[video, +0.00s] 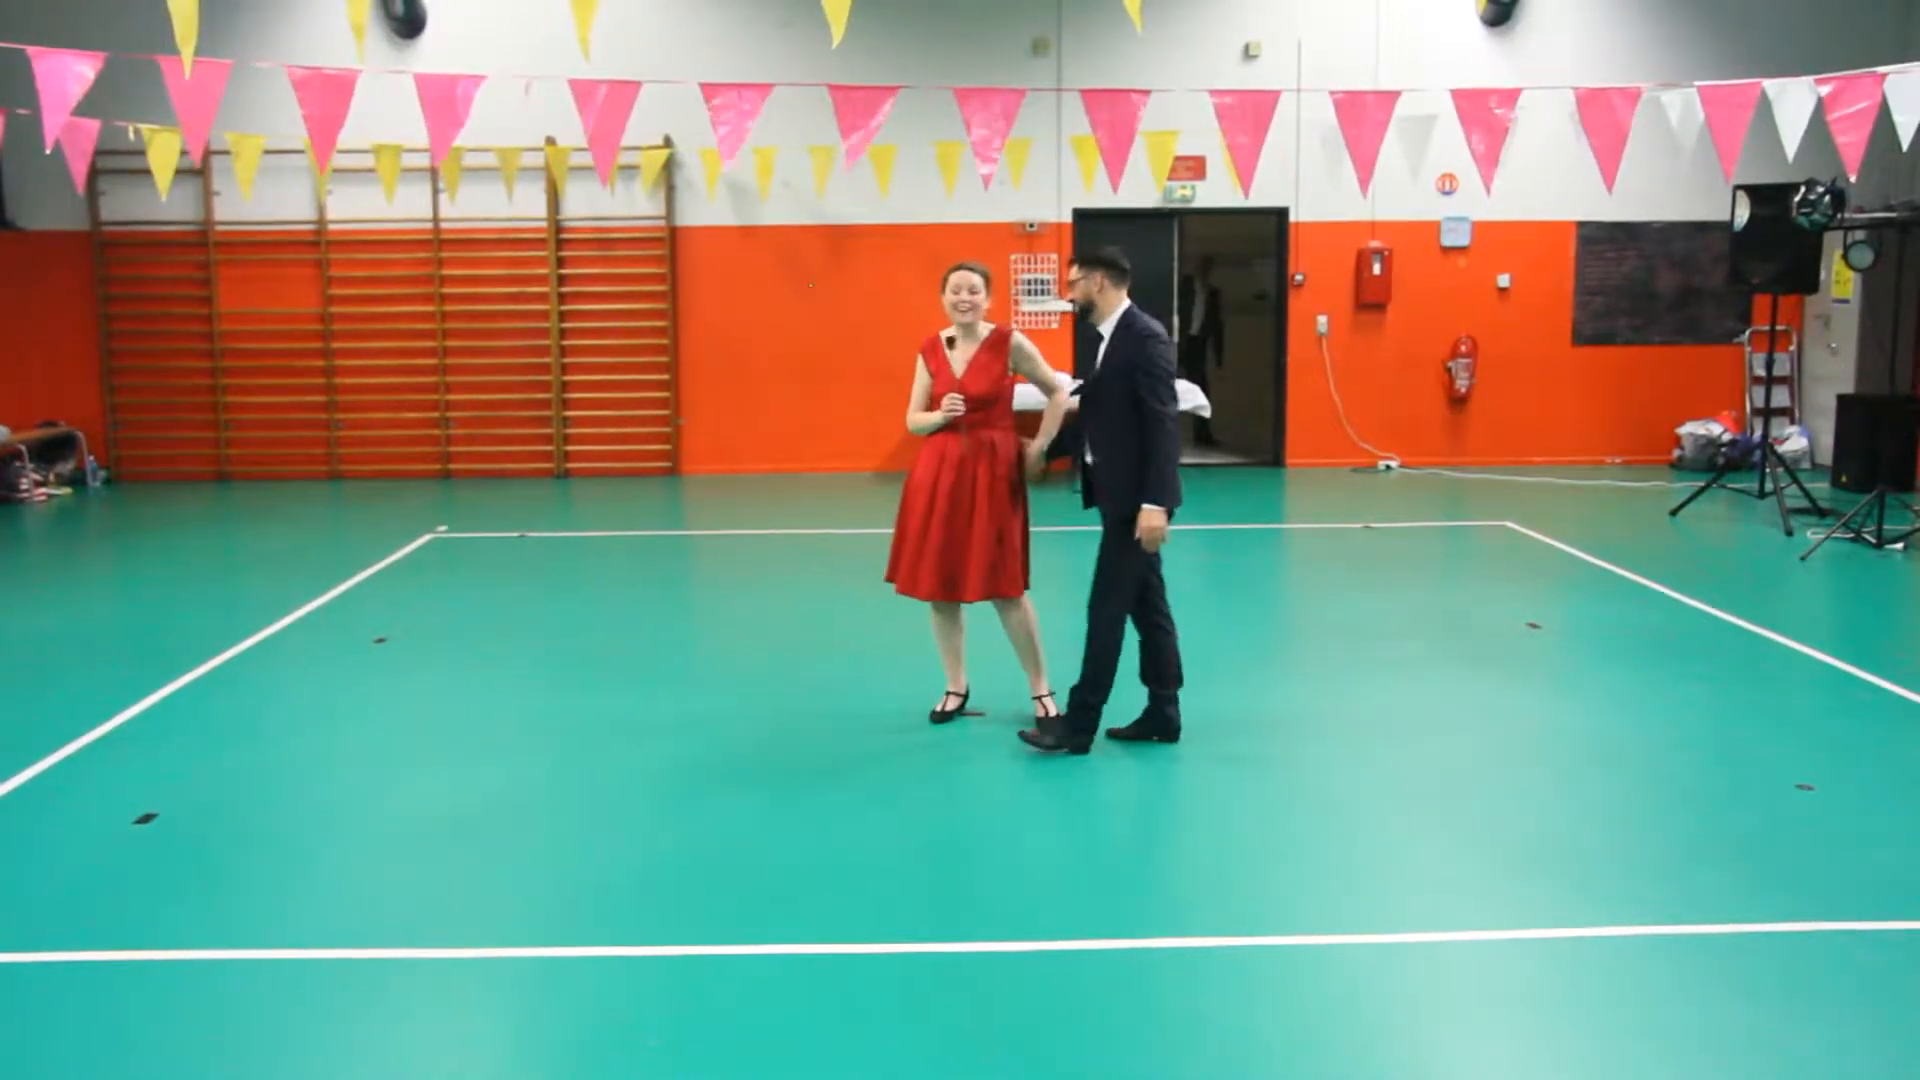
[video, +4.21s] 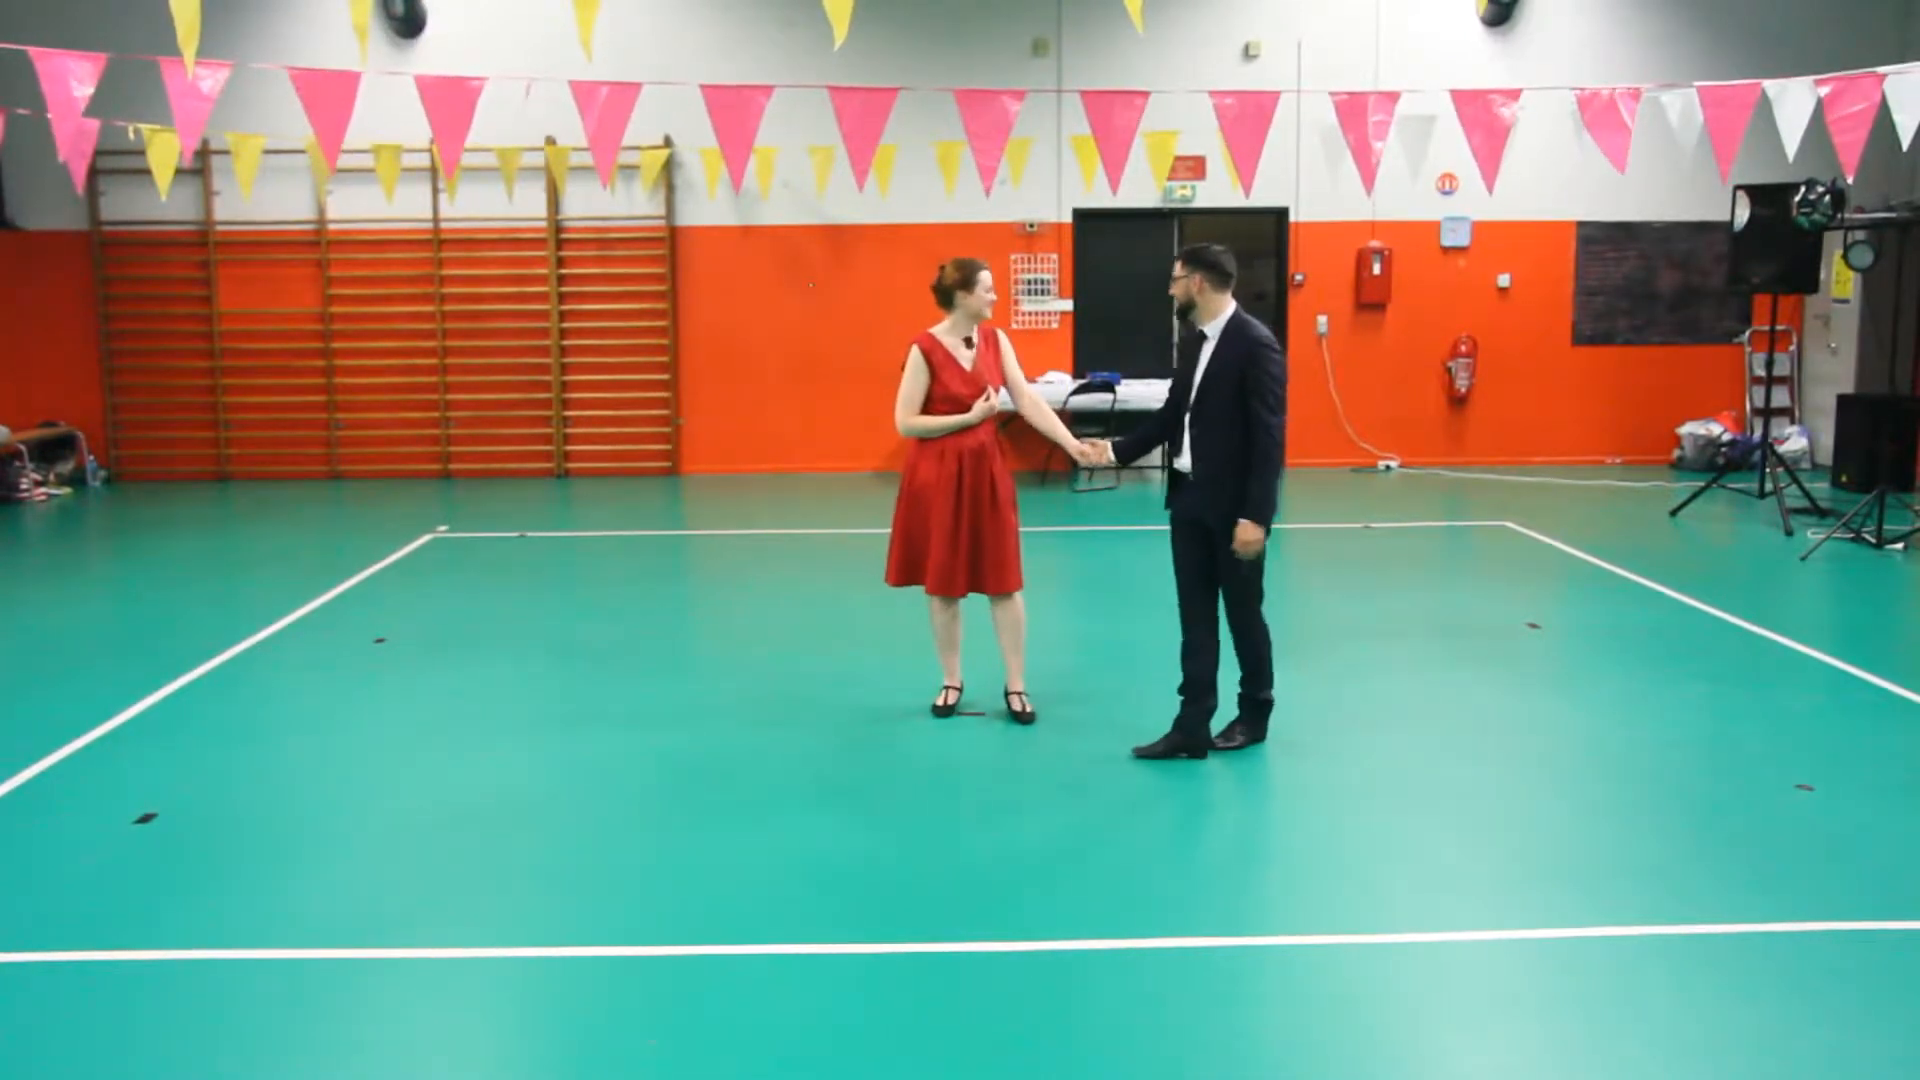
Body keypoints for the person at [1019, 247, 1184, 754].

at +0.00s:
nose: (1071, 292)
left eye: (1076, 282)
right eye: (1071, 283)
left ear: (1105, 283)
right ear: (1097, 284)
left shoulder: (1145, 336)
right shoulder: (1097, 333)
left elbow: (1163, 423)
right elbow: (1093, 406)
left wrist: (1157, 501)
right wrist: (1048, 448)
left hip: (1136, 497)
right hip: (1115, 493)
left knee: (1106, 610)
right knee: (1149, 609)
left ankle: (1078, 725)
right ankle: (1164, 713)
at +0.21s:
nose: (1079, 294)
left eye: (1085, 283)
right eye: (1079, 285)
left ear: (1116, 283)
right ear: (1108, 286)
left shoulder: (1162, 336)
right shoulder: (1110, 338)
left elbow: (1185, 422)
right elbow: (1101, 421)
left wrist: (1181, 500)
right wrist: (1060, 472)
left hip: (1157, 494)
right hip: (1130, 491)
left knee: (1149, 609)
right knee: (1153, 607)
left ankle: (1143, 728)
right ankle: (1161, 713)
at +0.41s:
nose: (1094, 293)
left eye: (1101, 284)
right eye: (1094, 285)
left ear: (1133, 282)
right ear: (1123, 286)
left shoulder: (1182, 337)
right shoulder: (1124, 341)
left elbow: (1201, 422)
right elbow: (1110, 414)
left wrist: (1191, 497)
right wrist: (1077, 475)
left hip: (1178, 492)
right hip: (1138, 490)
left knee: (1183, 606)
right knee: (1157, 608)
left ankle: (1227, 721)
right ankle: (1161, 715)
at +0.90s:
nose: (1172, 289)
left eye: (1183, 279)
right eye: (1165, 281)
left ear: (1209, 282)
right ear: (1159, 288)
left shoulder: (1241, 338)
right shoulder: (1159, 341)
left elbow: (1261, 420)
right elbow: (1145, 411)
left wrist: (1242, 493)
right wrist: (1103, 461)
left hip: (1230, 491)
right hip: (1175, 490)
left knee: (1247, 607)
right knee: (1175, 609)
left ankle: (1267, 713)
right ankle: (1164, 712)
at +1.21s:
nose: (1235, 290)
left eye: (1244, 281)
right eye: (1225, 282)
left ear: (1261, 284)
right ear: (1211, 287)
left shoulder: (1288, 341)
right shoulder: (1199, 340)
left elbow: (1315, 420)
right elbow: (1172, 404)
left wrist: (1324, 501)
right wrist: (1117, 449)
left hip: (1271, 492)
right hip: (1213, 490)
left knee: (1281, 613)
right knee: (1189, 602)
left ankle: (1271, 716)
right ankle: (1168, 714)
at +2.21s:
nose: (1176, 287)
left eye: (1184, 277)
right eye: (1166, 280)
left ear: (1199, 283)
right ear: (1151, 288)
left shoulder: (1229, 335)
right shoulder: (1136, 341)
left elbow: (1248, 409)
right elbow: (1116, 417)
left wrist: (1252, 471)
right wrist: (1092, 481)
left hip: (1217, 481)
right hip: (1158, 482)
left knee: (1226, 596)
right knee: (1166, 595)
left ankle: (1237, 711)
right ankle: (1174, 693)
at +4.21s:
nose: (1170, 289)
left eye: (1175, 279)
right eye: (1172, 280)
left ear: (1200, 282)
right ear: (1199, 283)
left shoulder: (1256, 343)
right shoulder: (1193, 339)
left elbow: (1269, 435)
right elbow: (1173, 415)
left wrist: (1256, 514)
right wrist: (1115, 451)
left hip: (1235, 501)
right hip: (1188, 497)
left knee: (1244, 618)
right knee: (1197, 620)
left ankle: (1254, 717)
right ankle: (1192, 728)